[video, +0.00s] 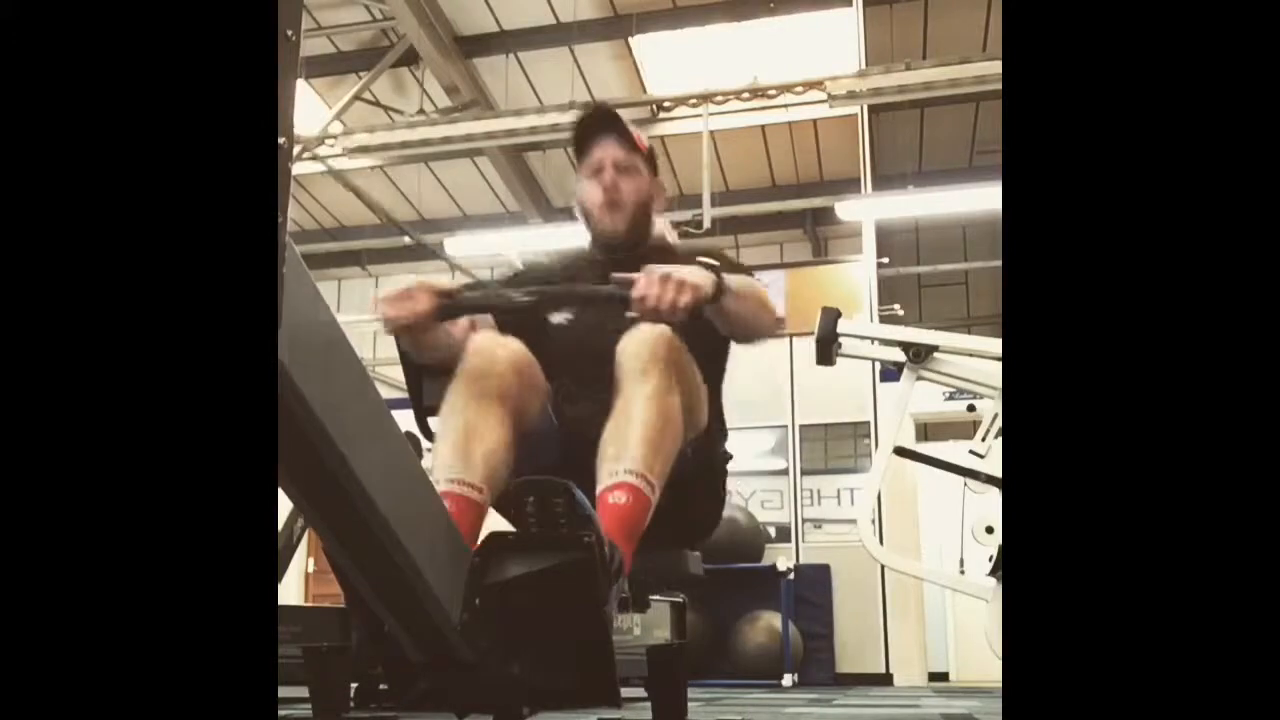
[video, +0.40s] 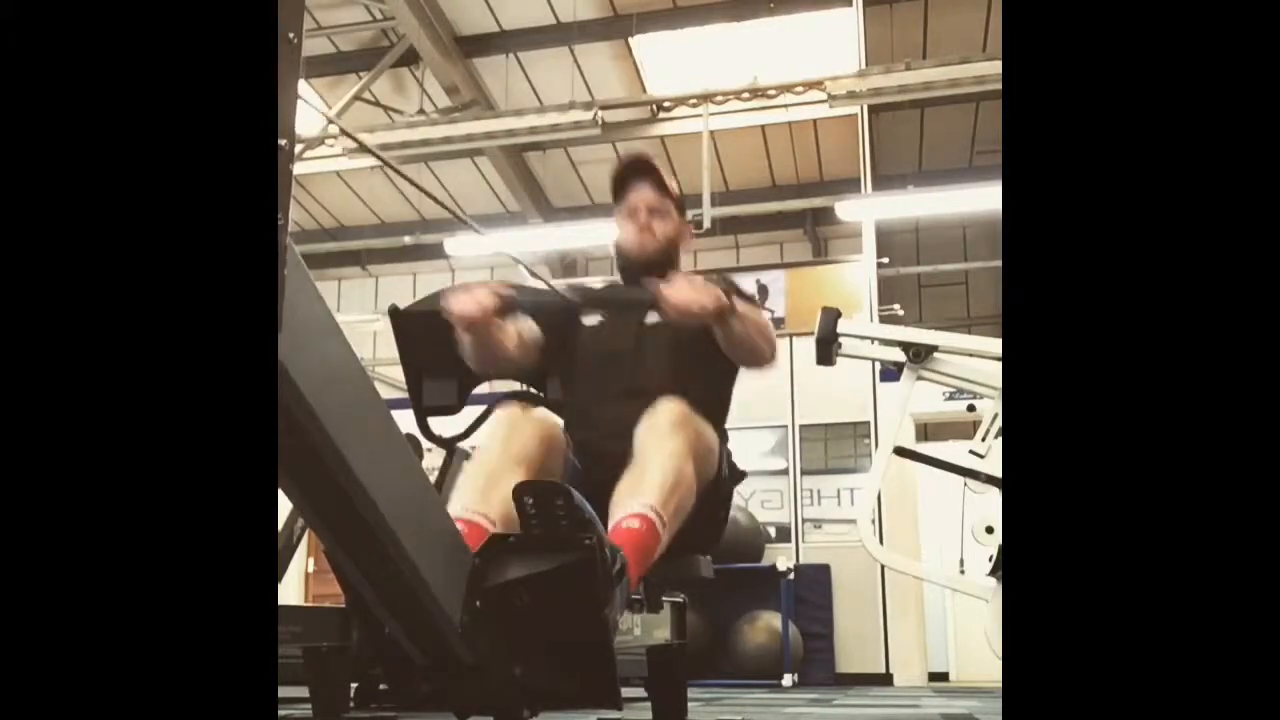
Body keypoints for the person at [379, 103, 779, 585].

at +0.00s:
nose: (610, 185)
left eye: (627, 169)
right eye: (594, 173)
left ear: (656, 187)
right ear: (578, 197)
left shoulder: (703, 270)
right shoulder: (541, 281)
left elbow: (766, 323)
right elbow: (449, 348)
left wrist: (710, 285)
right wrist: (415, 326)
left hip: (671, 489)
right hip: (551, 487)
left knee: (649, 344)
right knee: (488, 352)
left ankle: (607, 558)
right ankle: (442, 557)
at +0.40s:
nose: (643, 221)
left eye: (658, 213)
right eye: (631, 213)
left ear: (684, 231)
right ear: (615, 230)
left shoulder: (713, 295)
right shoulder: (580, 307)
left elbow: (763, 353)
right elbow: (501, 358)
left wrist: (722, 312)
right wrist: (479, 326)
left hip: (687, 490)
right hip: (576, 483)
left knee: (670, 415)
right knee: (517, 418)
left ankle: (611, 575)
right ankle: (452, 560)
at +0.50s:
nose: (655, 272)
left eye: (670, 262)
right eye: (643, 263)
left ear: (694, 277)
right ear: (627, 276)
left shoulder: (724, 345)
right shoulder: (594, 349)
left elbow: (787, 404)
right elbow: (511, 409)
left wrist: (747, 356)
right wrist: (513, 367)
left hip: (691, 488)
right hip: (592, 484)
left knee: (666, 462)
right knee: (533, 464)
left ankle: (609, 582)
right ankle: (470, 567)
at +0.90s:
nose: (638, 252)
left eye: (653, 241)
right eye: (626, 241)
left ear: (679, 256)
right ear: (611, 254)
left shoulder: (714, 331)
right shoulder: (569, 334)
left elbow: (800, 386)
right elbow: (471, 403)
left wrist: (747, 331)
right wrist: (474, 346)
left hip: (680, 504)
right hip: (565, 495)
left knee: (652, 391)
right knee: (526, 397)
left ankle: (607, 564)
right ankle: (454, 550)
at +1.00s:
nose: (622, 201)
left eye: (639, 191)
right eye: (609, 192)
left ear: (667, 210)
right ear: (592, 212)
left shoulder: (704, 288)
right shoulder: (552, 290)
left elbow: (769, 346)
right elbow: (473, 372)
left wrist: (724, 305)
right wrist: (442, 340)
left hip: (674, 489)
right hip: (555, 490)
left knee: (652, 358)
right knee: (505, 364)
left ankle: (607, 557)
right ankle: (446, 551)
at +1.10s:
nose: (600, 159)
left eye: (618, 149)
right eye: (586, 152)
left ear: (650, 169)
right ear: (569, 178)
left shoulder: (696, 253)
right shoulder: (520, 276)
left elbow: (741, 314)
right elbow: (447, 329)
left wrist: (697, 287)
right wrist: (390, 321)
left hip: (669, 489)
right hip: (549, 489)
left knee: (650, 341)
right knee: (487, 339)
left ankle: (606, 556)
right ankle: (441, 559)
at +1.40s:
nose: (624, 185)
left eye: (640, 175)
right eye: (610, 177)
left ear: (668, 194)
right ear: (593, 200)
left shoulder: (704, 268)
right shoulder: (562, 274)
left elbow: (746, 336)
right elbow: (485, 340)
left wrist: (705, 300)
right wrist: (442, 321)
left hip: (674, 472)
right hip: (559, 469)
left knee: (666, 390)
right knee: (514, 394)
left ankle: (610, 572)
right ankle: (451, 557)